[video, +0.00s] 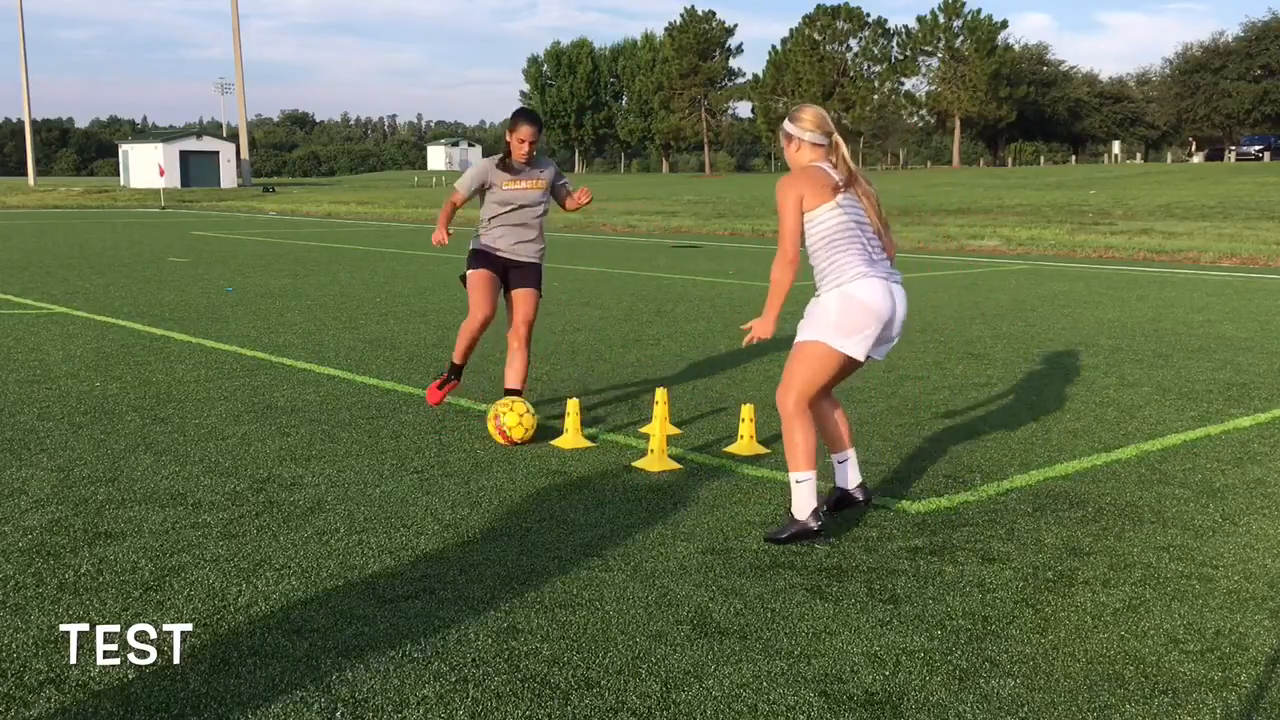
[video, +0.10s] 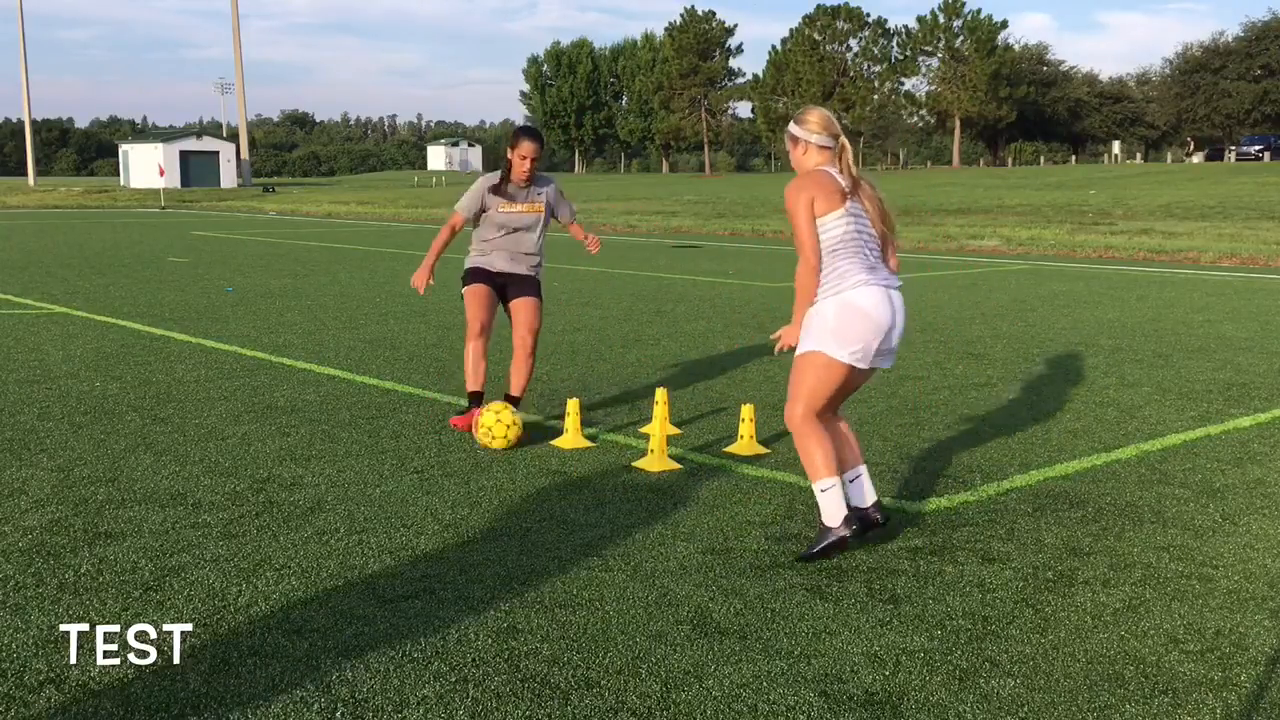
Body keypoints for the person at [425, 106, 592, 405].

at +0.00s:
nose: (527, 149)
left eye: (532, 142)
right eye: (521, 141)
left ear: (539, 141)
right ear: (508, 136)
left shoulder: (547, 170)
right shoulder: (487, 168)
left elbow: (566, 202)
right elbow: (454, 202)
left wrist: (576, 201)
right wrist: (442, 226)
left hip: (528, 259)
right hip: (487, 252)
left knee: (522, 330)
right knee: (481, 314)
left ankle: (512, 408)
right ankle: (452, 374)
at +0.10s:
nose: (528, 166)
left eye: (534, 159)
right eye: (522, 158)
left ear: (539, 159)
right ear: (509, 154)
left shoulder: (548, 189)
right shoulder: (485, 185)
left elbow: (569, 222)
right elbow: (453, 225)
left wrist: (585, 238)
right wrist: (427, 264)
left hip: (524, 271)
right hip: (482, 266)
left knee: (527, 338)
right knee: (477, 327)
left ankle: (510, 411)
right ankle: (475, 407)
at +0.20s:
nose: (529, 162)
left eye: (534, 155)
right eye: (523, 154)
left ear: (540, 154)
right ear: (509, 150)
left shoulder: (544, 187)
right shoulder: (483, 179)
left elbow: (551, 223)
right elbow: (455, 220)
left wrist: (560, 249)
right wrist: (432, 263)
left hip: (521, 268)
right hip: (480, 262)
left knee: (527, 335)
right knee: (485, 325)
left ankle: (508, 416)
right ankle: (484, 410)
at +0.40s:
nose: (525, 156)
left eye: (530, 149)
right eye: (520, 148)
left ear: (533, 149)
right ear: (503, 145)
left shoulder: (529, 177)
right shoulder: (480, 175)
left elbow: (515, 215)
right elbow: (445, 213)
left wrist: (528, 238)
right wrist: (439, 263)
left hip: (508, 266)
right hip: (473, 263)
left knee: (542, 328)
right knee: (480, 341)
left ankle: (509, 399)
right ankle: (443, 416)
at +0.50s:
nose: (526, 163)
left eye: (530, 157)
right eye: (520, 156)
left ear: (532, 159)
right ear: (502, 155)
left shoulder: (526, 189)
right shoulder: (482, 187)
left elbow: (512, 230)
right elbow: (449, 229)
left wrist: (531, 255)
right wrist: (446, 280)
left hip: (506, 277)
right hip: (474, 275)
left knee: (545, 334)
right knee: (481, 348)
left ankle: (509, 385)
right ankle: (440, 419)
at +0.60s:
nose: (531, 160)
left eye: (534, 154)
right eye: (524, 153)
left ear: (536, 155)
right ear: (507, 152)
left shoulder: (532, 185)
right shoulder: (489, 184)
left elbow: (522, 224)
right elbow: (458, 228)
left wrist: (539, 247)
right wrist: (463, 273)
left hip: (509, 277)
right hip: (480, 274)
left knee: (541, 343)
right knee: (479, 346)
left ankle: (512, 392)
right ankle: (440, 419)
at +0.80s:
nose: (539, 141)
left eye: (542, 135)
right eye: (533, 135)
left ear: (544, 137)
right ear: (517, 136)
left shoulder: (549, 170)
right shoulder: (499, 170)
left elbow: (546, 206)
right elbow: (481, 215)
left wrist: (558, 238)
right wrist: (508, 240)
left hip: (528, 259)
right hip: (493, 255)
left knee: (534, 335)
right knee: (492, 326)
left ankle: (510, 399)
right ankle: (463, 404)